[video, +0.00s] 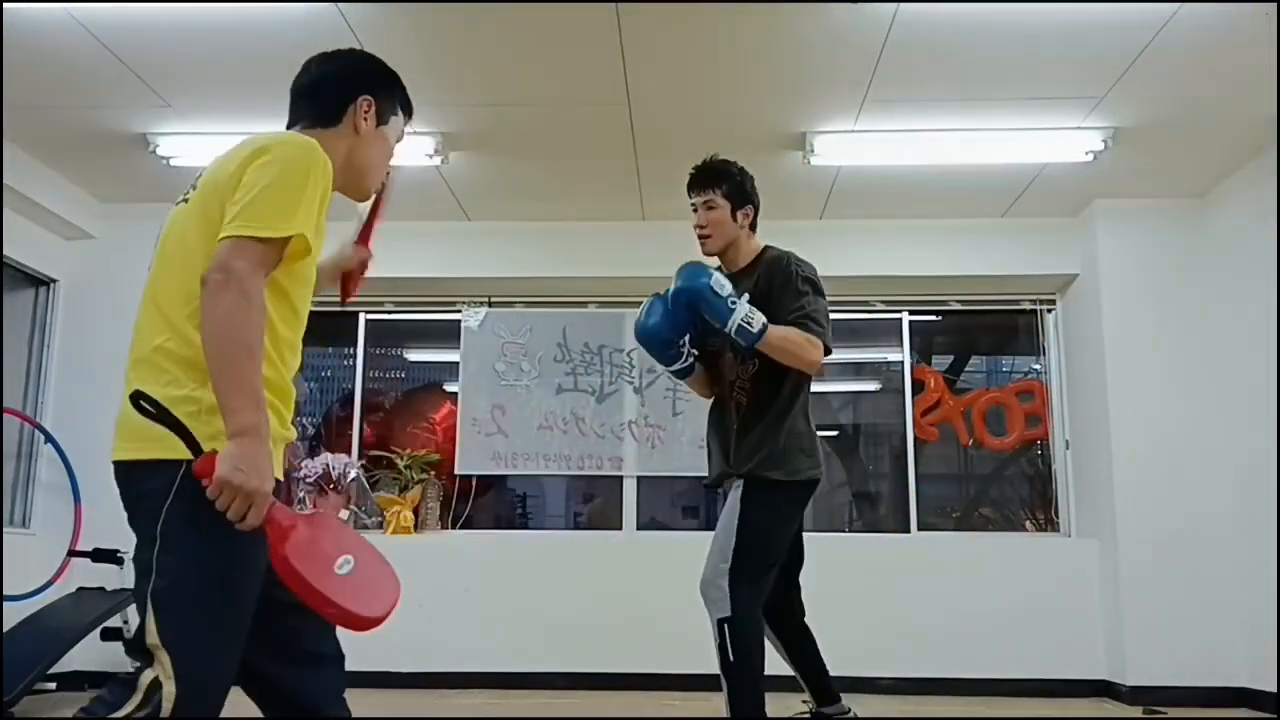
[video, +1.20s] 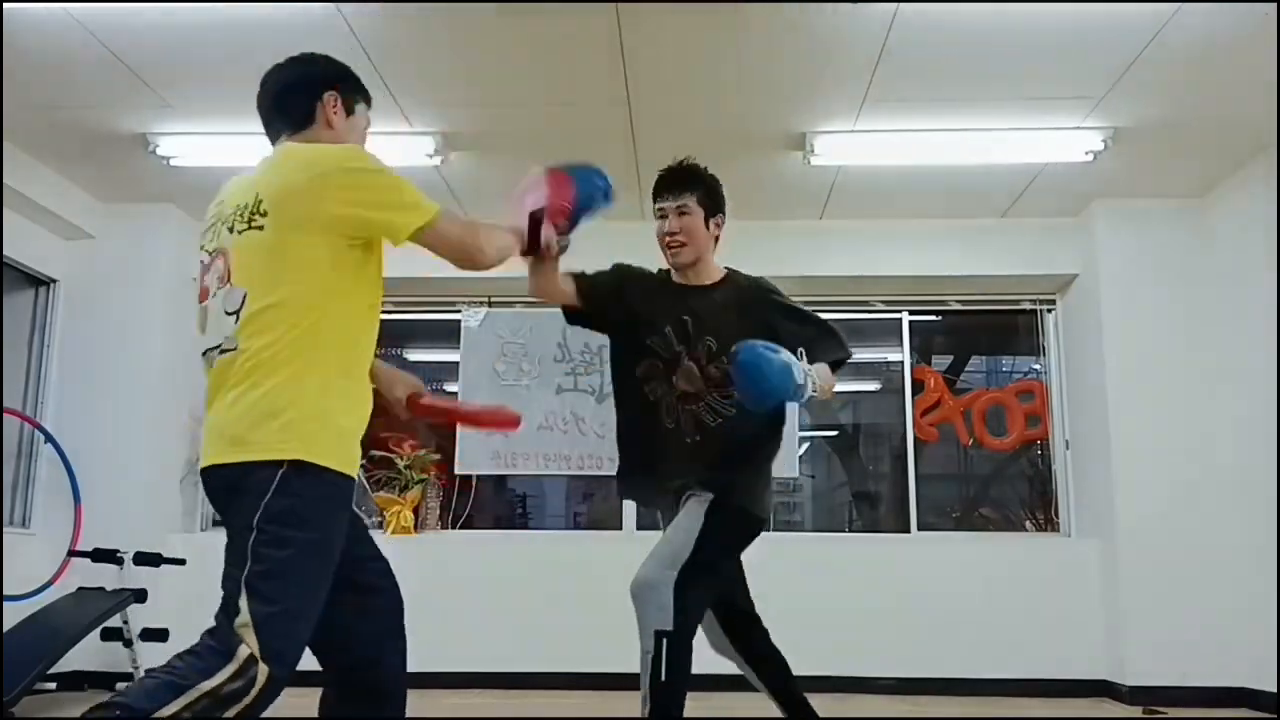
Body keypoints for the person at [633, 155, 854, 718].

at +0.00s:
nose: (698, 221)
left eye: (710, 209)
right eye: (694, 210)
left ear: (746, 214)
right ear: (697, 216)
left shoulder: (787, 271)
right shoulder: (717, 288)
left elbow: (814, 357)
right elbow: (711, 388)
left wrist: (736, 316)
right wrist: (678, 357)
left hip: (781, 462)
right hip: (744, 463)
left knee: (724, 589)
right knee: (776, 600)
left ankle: (746, 713)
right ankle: (831, 707)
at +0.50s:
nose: (701, 217)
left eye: (713, 205)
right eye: (695, 207)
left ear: (749, 216)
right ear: (696, 219)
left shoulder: (777, 274)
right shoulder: (704, 288)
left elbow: (775, 335)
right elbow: (665, 368)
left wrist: (716, 272)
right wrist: (656, 310)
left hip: (766, 470)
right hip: (742, 470)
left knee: (699, 591)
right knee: (787, 606)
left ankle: (742, 714)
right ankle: (848, 711)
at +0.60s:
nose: (687, 214)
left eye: (699, 200)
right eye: (681, 206)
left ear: (738, 208)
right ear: (682, 214)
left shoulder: (759, 253)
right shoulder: (704, 281)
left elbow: (702, 256)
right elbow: (669, 358)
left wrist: (631, 201)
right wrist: (654, 299)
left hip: (756, 460)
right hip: (761, 462)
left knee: (680, 577)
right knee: (758, 598)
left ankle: (728, 713)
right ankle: (836, 709)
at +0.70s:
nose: (690, 229)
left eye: (704, 216)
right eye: (687, 218)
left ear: (742, 222)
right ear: (684, 223)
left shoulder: (756, 272)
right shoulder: (705, 291)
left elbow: (684, 276)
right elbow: (658, 374)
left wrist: (611, 206)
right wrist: (653, 313)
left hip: (748, 476)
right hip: (727, 476)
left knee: (679, 625)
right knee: (762, 625)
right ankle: (843, 713)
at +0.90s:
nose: (655, 257)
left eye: (662, 244)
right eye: (652, 247)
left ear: (699, 243)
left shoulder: (721, 287)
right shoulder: (659, 321)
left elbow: (736, 348)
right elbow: (698, 405)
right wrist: (665, 362)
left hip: (736, 494)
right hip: (773, 499)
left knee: (629, 604)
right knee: (733, 606)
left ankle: (650, 712)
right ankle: (801, 711)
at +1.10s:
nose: (660, 243)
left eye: (672, 231)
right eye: (656, 235)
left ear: (709, 238)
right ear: (655, 247)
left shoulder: (756, 303)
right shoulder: (658, 326)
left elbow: (838, 371)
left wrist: (786, 414)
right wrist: (606, 335)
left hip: (742, 497)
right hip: (688, 500)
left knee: (657, 595)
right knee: (716, 648)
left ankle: (660, 712)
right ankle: (795, 717)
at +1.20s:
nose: (669, 226)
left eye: (683, 214)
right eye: (661, 217)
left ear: (716, 226)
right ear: (654, 228)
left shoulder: (754, 299)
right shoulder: (631, 291)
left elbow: (827, 378)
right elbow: (546, 288)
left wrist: (804, 378)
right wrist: (548, 233)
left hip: (734, 484)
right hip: (668, 487)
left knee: (659, 587)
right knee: (733, 624)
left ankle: (662, 714)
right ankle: (804, 714)